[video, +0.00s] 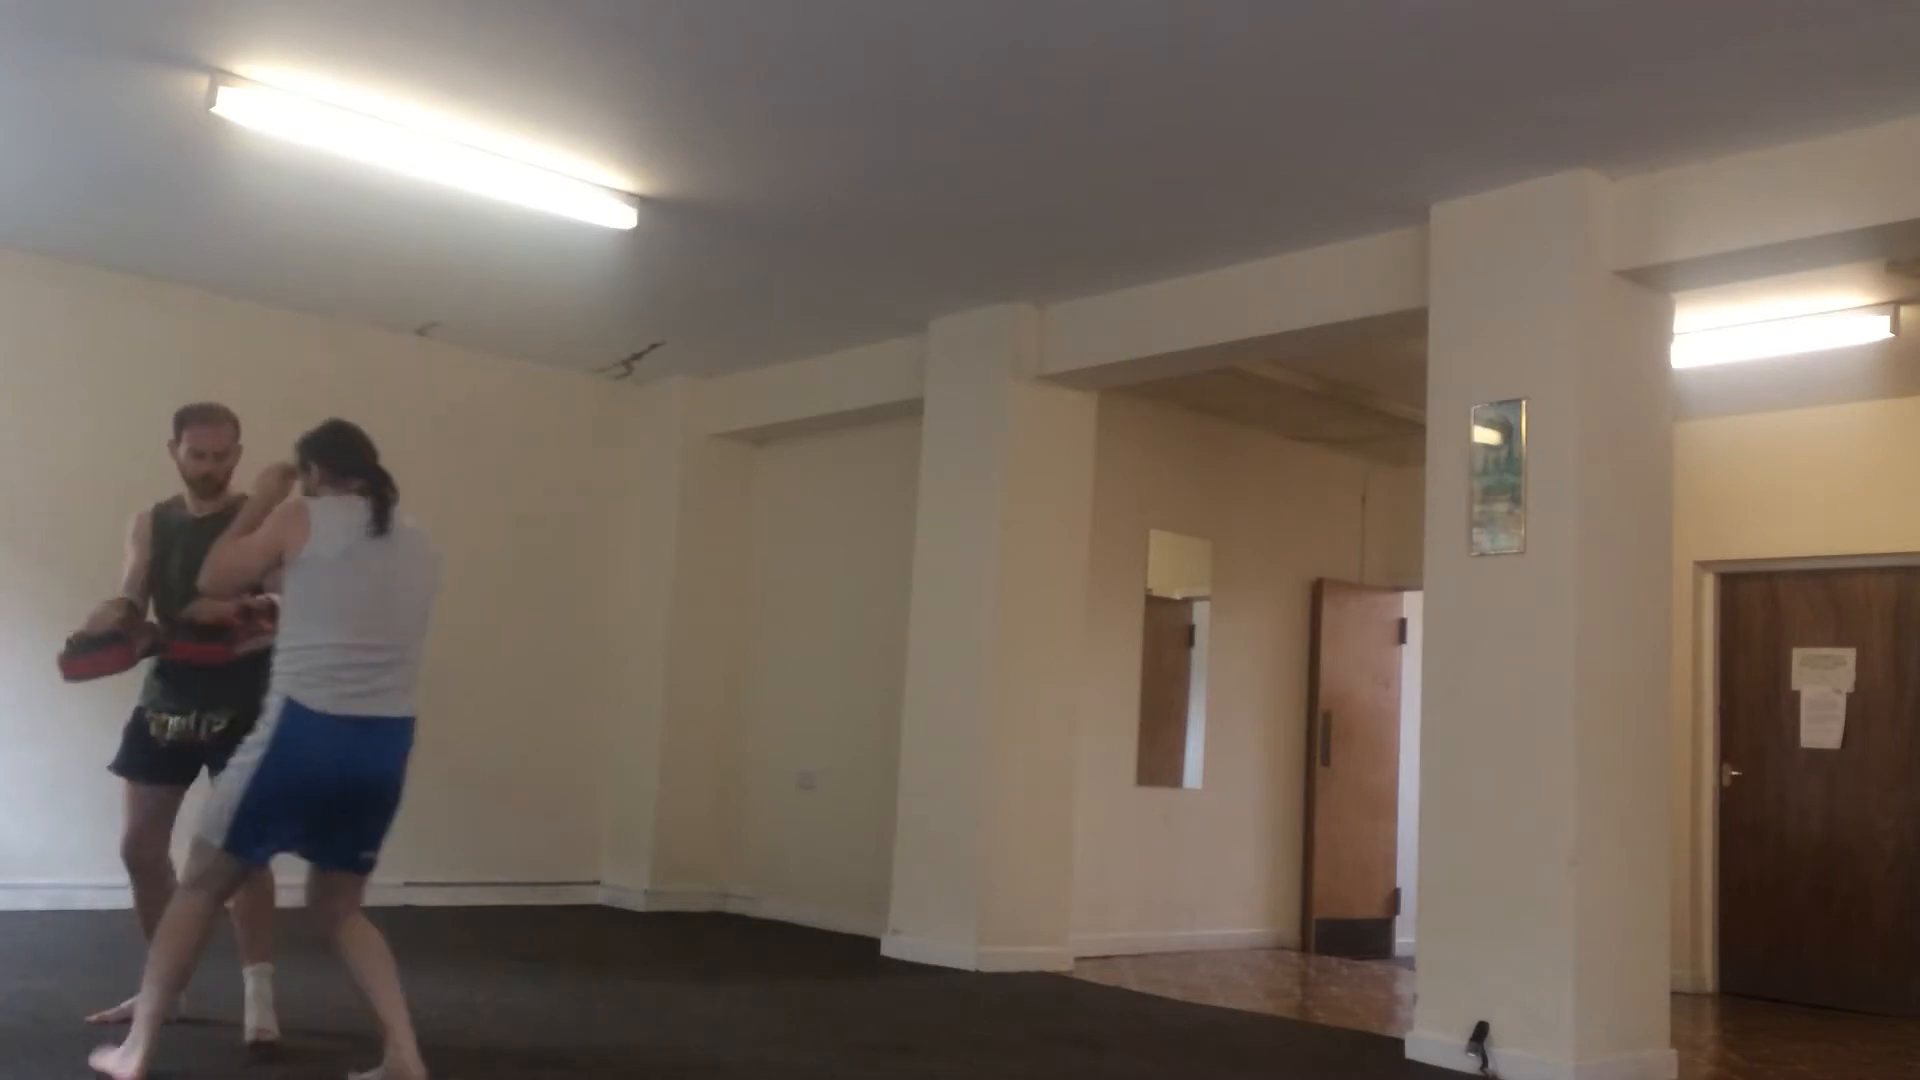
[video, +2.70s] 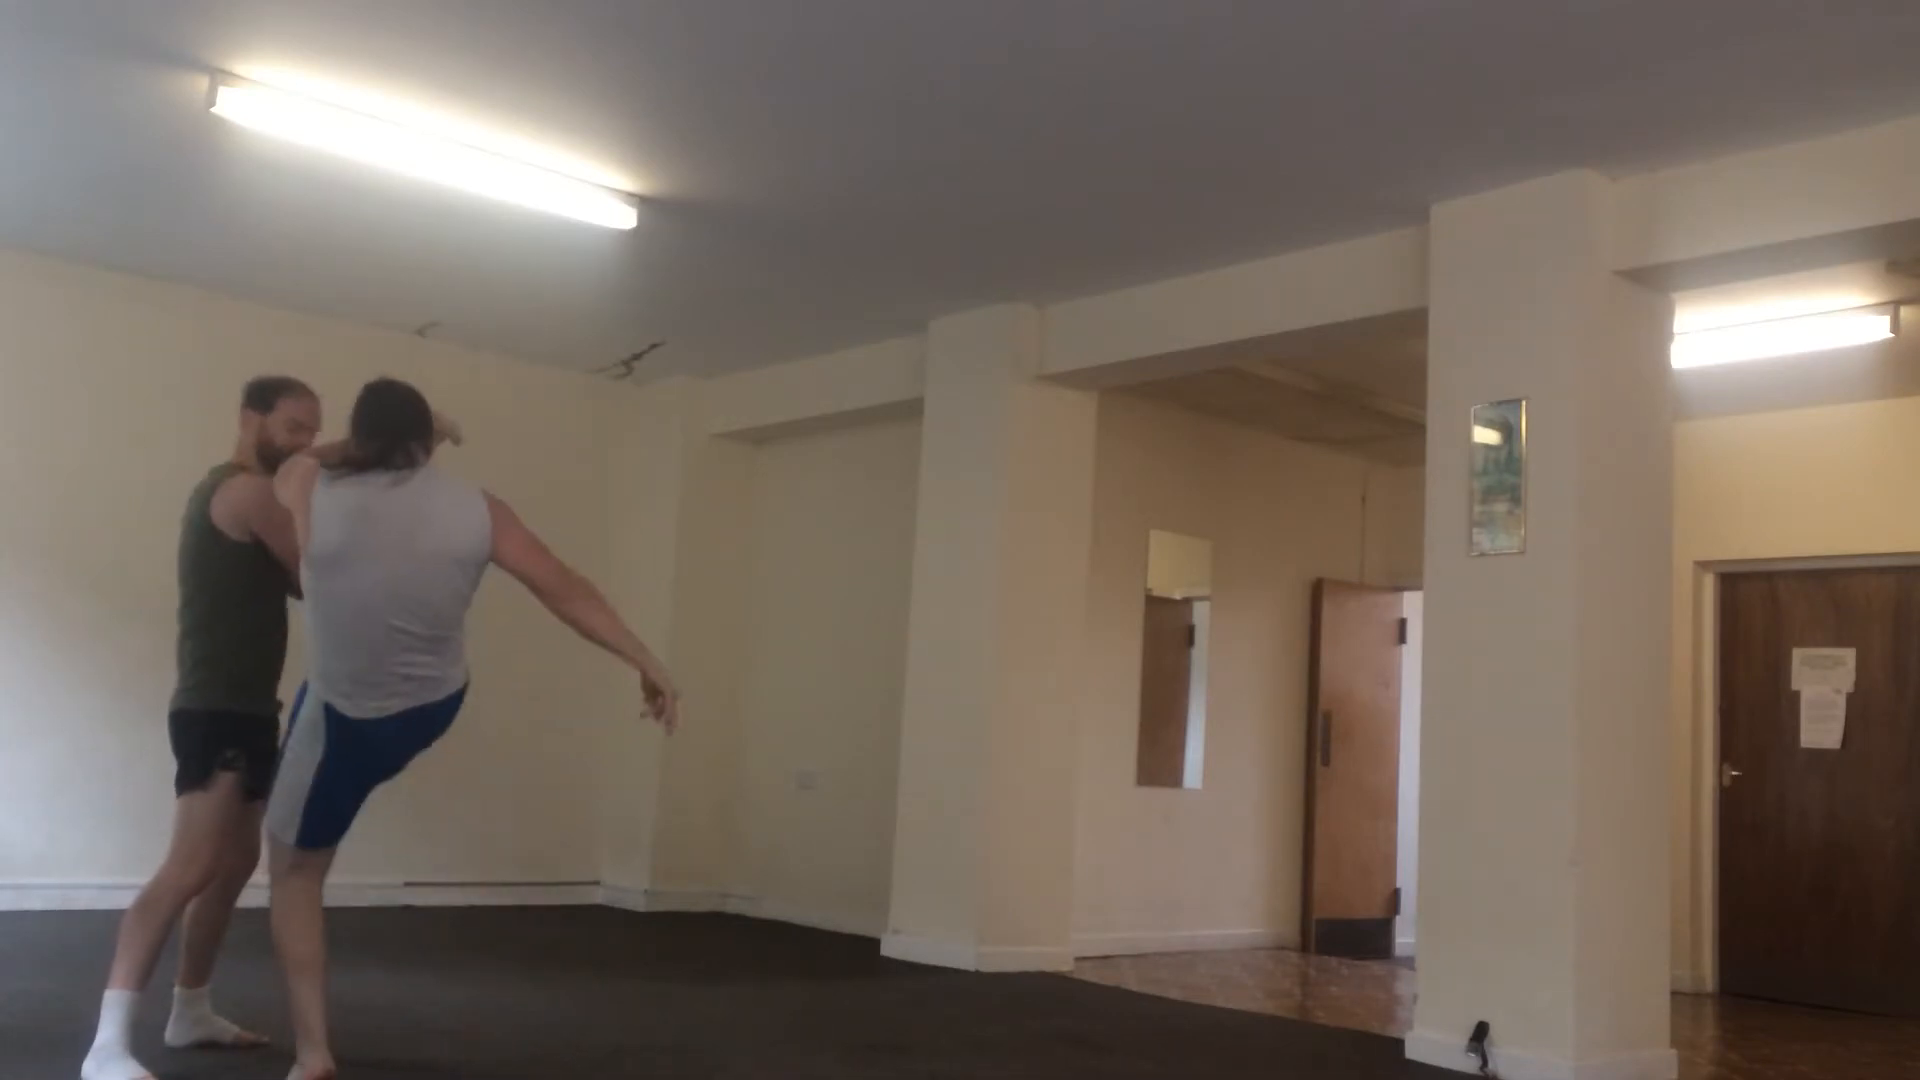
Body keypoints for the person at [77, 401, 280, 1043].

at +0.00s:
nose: (208, 467)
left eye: (220, 456)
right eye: (197, 455)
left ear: (239, 454)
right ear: (174, 454)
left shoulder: (262, 519)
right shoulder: (154, 522)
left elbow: (287, 602)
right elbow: (131, 605)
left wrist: (247, 617)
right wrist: (111, 620)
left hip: (244, 702)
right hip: (170, 698)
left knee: (244, 852)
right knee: (141, 848)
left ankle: (259, 998)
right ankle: (163, 983)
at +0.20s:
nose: (243, 484)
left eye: (255, 475)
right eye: (234, 471)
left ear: (270, 471)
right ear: (212, 460)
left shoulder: (284, 532)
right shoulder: (181, 524)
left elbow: (312, 615)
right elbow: (142, 601)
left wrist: (298, 542)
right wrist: (132, 528)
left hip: (243, 709)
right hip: (167, 705)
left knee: (256, 855)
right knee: (157, 847)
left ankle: (269, 1001)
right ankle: (165, 988)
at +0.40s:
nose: (288, 497)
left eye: (300, 486)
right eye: (279, 483)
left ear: (314, 482)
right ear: (260, 468)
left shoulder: (310, 526)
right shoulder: (216, 501)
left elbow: (332, 598)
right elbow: (192, 568)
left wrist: (329, 512)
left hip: (264, 709)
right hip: (188, 702)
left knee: (267, 864)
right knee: (154, 853)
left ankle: (268, 1013)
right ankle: (163, 986)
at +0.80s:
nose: (305, 480)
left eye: (320, 471)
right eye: (297, 464)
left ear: (335, 474)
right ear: (273, 450)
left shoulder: (328, 525)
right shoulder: (217, 502)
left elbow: (336, 646)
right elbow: (185, 597)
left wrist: (348, 590)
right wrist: (230, 555)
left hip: (274, 707)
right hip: (192, 698)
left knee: (277, 867)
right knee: (123, 857)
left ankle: (269, 1015)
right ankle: (59, 1013)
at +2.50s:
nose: (316, 460)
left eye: (323, 450)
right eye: (307, 445)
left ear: (306, 444)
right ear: (267, 432)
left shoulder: (237, 494)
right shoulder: (250, 495)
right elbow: (294, 601)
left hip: (243, 714)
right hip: (214, 714)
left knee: (236, 867)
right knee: (182, 871)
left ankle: (191, 1012)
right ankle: (105, 1048)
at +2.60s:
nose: (326, 463)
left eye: (333, 451)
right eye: (315, 444)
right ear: (271, 434)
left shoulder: (247, 494)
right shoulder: (260, 496)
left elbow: (278, 615)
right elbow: (308, 608)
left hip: (244, 713)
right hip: (216, 713)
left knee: (237, 865)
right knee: (185, 871)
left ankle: (191, 1013)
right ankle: (107, 1047)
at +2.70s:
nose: (307, 444)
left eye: (313, 432)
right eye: (296, 428)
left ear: (259, 429)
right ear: (251, 422)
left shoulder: (236, 489)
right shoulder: (243, 491)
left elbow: (302, 584)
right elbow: (317, 575)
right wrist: (312, 490)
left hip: (247, 710)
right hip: (219, 711)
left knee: (232, 864)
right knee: (187, 868)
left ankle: (191, 1012)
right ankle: (107, 1043)